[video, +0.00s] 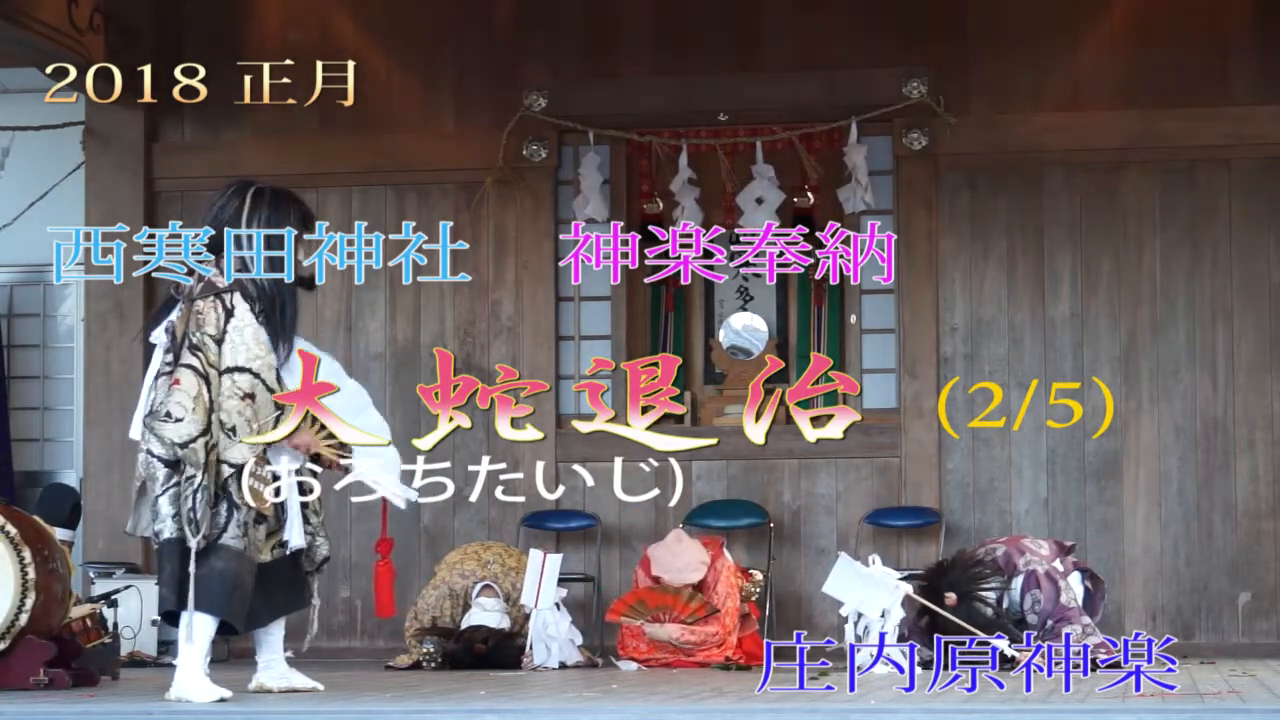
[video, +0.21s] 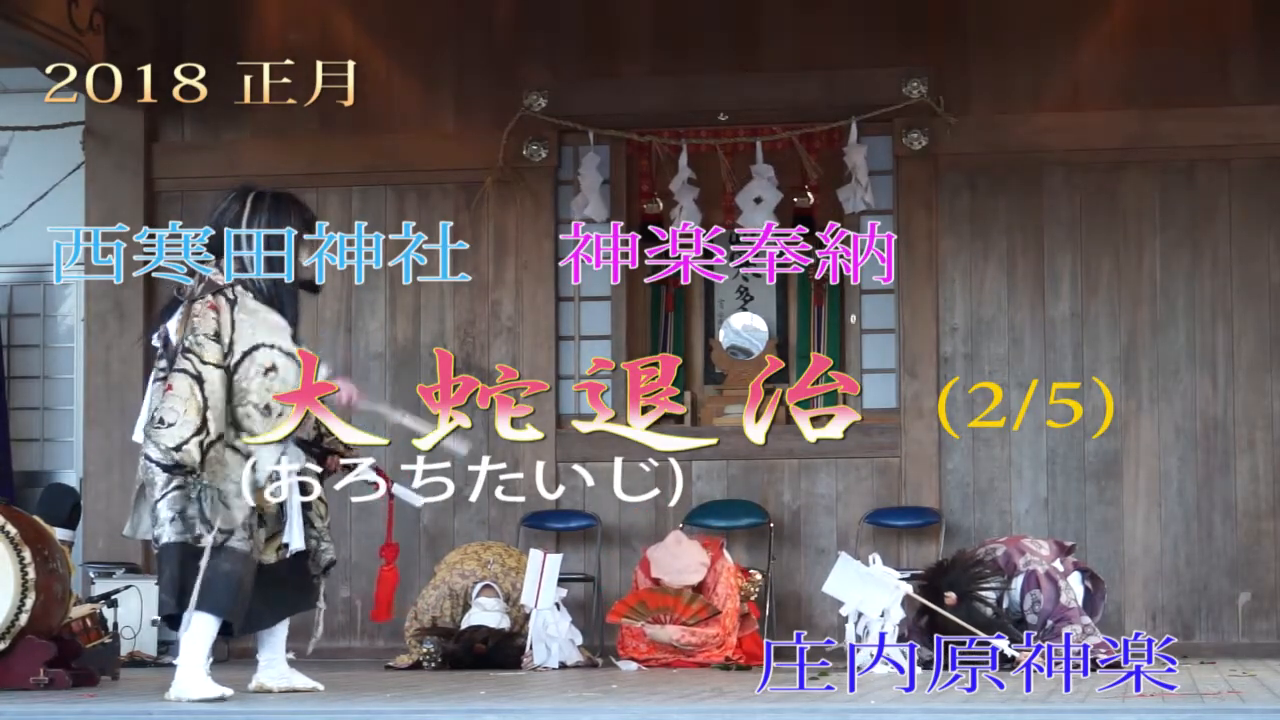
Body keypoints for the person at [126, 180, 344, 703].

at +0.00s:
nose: (306, 253)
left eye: (304, 239)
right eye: (298, 238)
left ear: (236, 235)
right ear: (264, 238)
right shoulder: (229, 305)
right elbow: (240, 408)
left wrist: (305, 432)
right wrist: (288, 439)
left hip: (251, 453)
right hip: (219, 455)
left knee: (275, 548)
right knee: (224, 551)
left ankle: (272, 665)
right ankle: (190, 674)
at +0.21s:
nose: (306, 257)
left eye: (304, 243)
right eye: (299, 242)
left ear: (236, 238)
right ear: (268, 241)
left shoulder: (212, 303)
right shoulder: (246, 309)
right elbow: (263, 405)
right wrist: (318, 438)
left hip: (262, 449)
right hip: (233, 450)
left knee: (282, 549)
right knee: (231, 551)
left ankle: (273, 663)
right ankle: (191, 672)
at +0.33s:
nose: (300, 255)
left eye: (301, 244)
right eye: (296, 243)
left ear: (238, 239)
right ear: (270, 243)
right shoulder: (219, 304)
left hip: (247, 446)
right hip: (201, 451)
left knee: (287, 545)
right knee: (236, 547)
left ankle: (274, 663)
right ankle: (192, 670)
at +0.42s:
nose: (308, 262)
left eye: (308, 251)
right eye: (301, 249)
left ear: (237, 244)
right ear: (273, 247)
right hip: (202, 447)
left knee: (290, 546)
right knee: (251, 550)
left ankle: (274, 664)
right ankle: (194, 670)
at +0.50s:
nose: (291, 246)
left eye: (293, 235)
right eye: (281, 235)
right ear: (252, 234)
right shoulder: (225, 292)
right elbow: (228, 386)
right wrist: (277, 445)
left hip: (253, 443)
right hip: (218, 448)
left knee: (291, 546)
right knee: (263, 556)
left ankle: (273, 664)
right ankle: (195, 671)